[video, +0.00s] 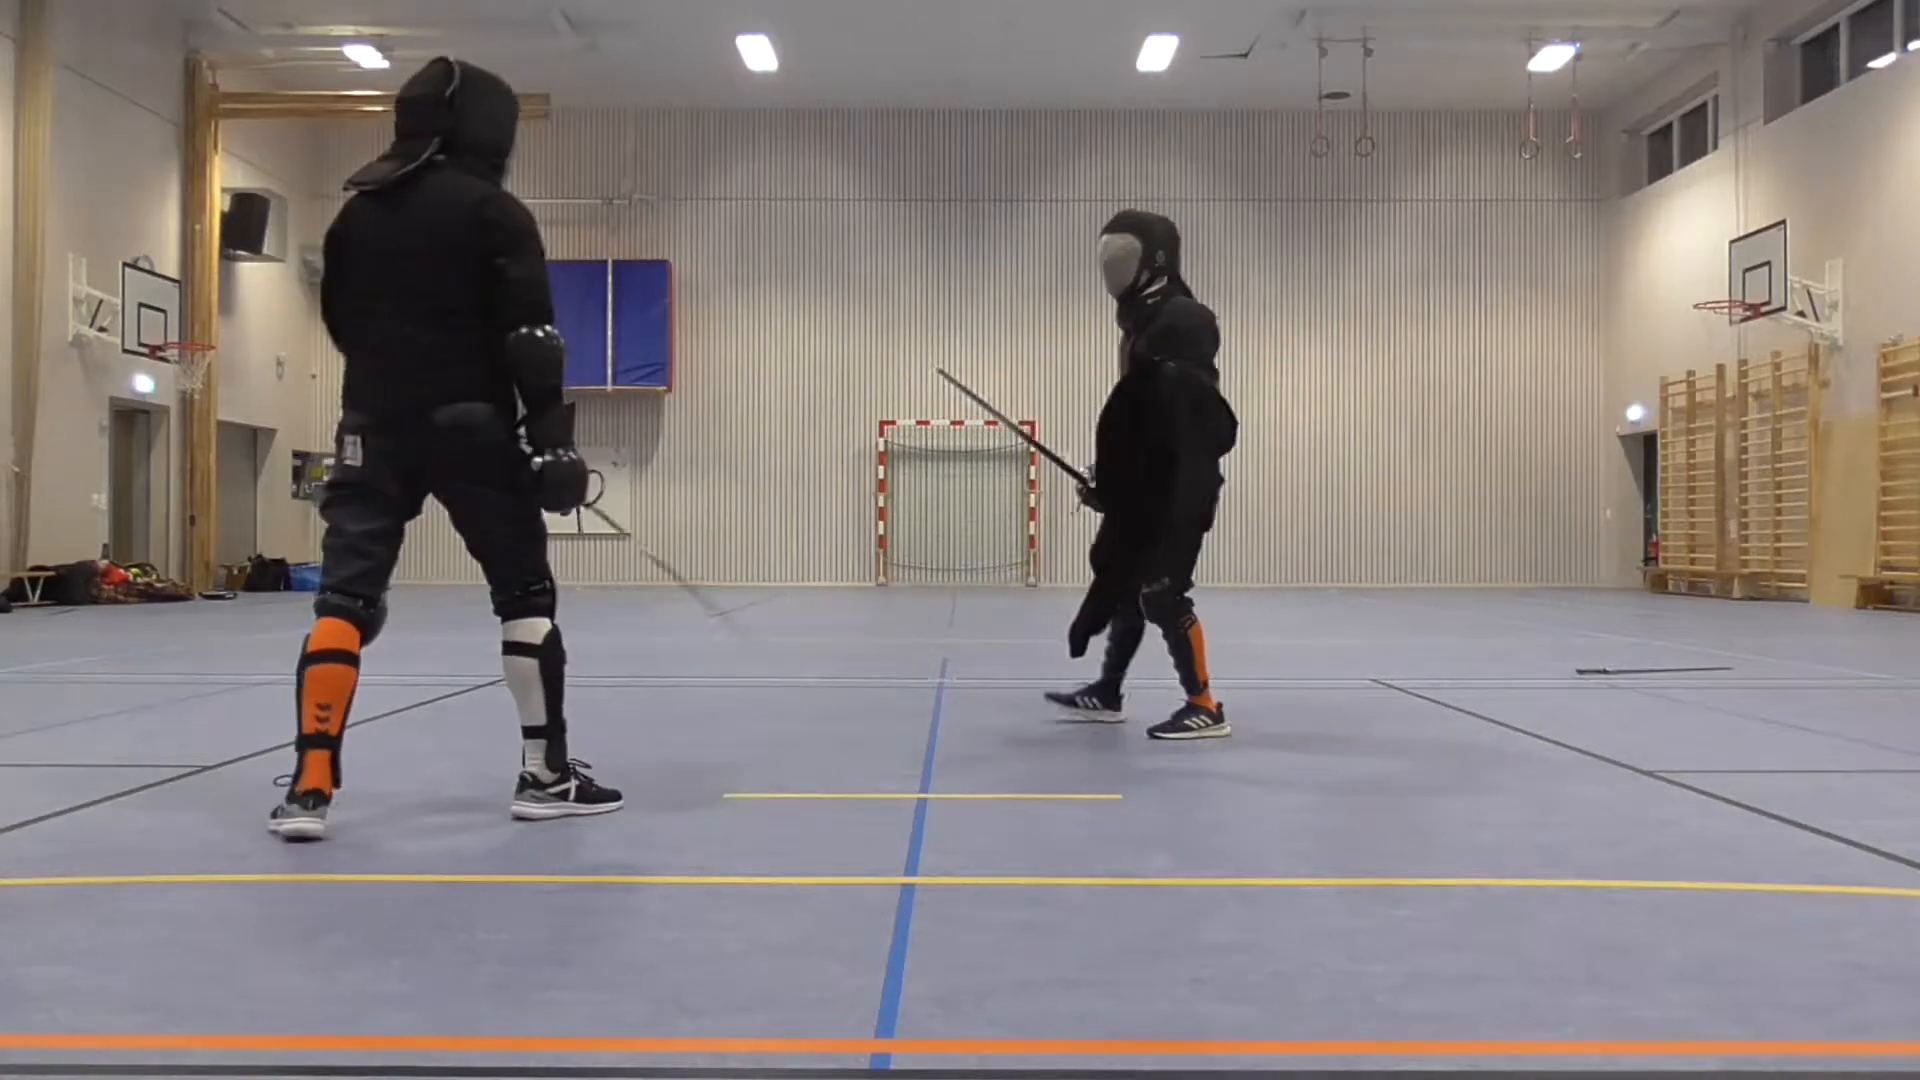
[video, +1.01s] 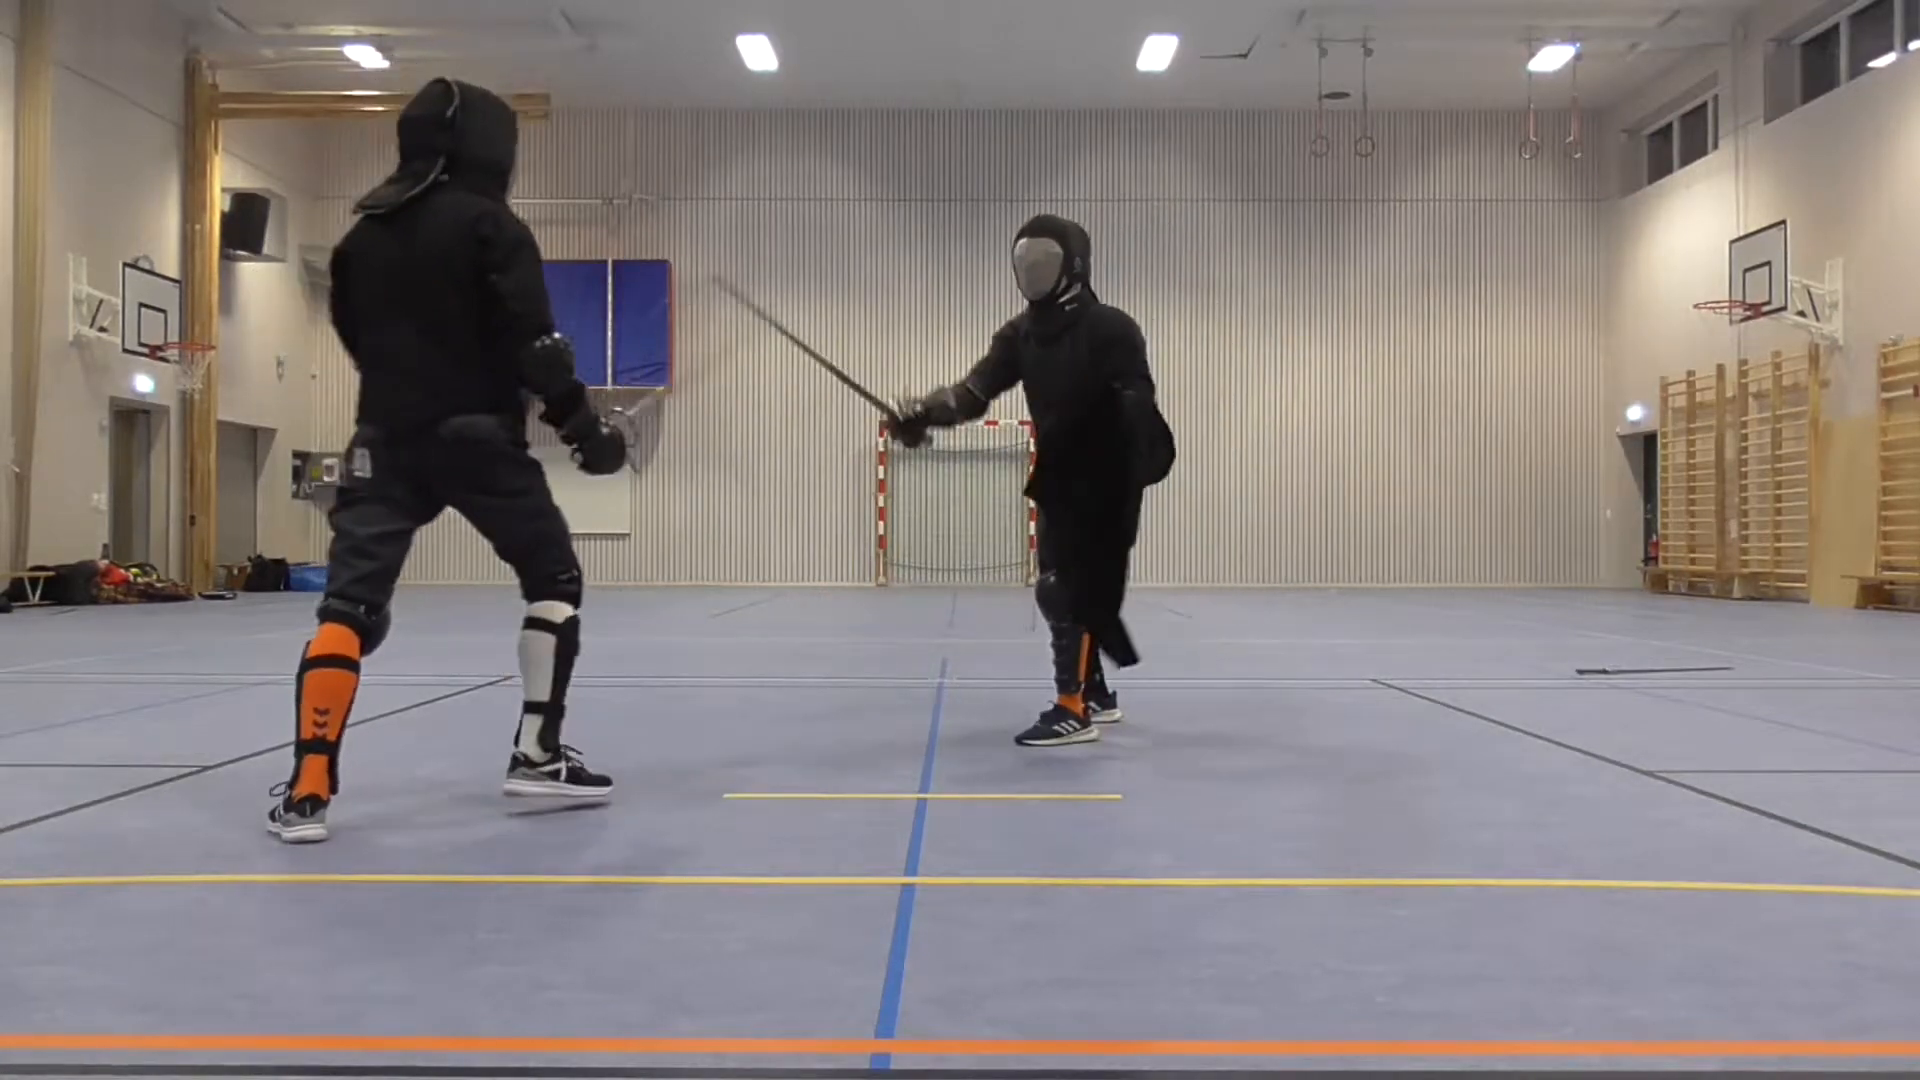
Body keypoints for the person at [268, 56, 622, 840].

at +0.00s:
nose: (507, 145)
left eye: (507, 131)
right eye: (502, 131)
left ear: (417, 124)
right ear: (481, 129)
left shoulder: (362, 206)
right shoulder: (495, 213)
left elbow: (339, 314)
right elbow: (531, 343)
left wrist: (395, 367)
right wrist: (556, 442)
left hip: (371, 430)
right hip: (475, 430)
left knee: (345, 594)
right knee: (523, 590)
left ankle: (310, 785)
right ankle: (545, 767)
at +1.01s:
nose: (508, 162)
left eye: (508, 149)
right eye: (502, 148)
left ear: (418, 145)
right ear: (481, 147)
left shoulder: (366, 231)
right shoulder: (492, 226)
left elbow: (354, 330)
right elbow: (536, 345)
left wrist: (410, 385)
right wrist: (586, 426)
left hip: (384, 441)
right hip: (480, 440)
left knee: (348, 602)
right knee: (553, 580)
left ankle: (309, 789)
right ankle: (538, 749)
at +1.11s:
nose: (533, 178)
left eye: (532, 165)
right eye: (527, 165)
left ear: (445, 164)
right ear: (507, 165)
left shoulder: (405, 253)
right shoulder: (519, 243)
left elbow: (462, 351)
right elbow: (577, 341)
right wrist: (643, 400)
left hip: (414, 458)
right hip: (506, 457)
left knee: (366, 609)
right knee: (587, 583)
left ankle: (314, 782)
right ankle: (552, 743)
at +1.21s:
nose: (586, 209)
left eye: (583, 197)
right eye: (582, 197)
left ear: (502, 193)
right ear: (566, 198)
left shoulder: (469, 262)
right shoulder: (566, 267)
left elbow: (548, 321)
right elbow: (655, 328)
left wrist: (637, 305)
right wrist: (711, 329)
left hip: (455, 470)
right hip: (541, 470)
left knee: (389, 617)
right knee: (630, 592)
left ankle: (315, 788)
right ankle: (593, 742)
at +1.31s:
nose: (655, 229)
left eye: (651, 218)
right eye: (648, 217)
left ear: (574, 217)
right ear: (633, 223)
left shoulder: (553, 282)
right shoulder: (631, 283)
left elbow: (674, 301)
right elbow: (742, 311)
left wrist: (752, 281)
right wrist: (766, 267)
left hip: (528, 480)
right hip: (604, 482)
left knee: (441, 611)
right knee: (663, 616)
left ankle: (341, 754)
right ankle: (598, 755)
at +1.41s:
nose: (697, 230)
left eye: (689, 221)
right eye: (690, 221)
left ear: (619, 236)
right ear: (681, 230)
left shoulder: (609, 299)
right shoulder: (707, 289)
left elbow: (688, 342)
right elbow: (819, 306)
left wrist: (756, 333)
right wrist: (815, 225)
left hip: (612, 484)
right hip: (688, 488)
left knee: (548, 616)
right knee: (700, 633)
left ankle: (452, 702)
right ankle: (607, 741)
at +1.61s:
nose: (806, 258)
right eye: (798, 249)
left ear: (733, 268)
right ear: (792, 255)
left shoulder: (724, 334)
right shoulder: (829, 317)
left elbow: (678, 425)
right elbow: (904, 358)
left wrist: (743, 440)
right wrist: (939, 358)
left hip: (755, 492)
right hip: (823, 486)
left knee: (823, 574)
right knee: (755, 637)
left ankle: (847, 702)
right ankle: (635, 723)